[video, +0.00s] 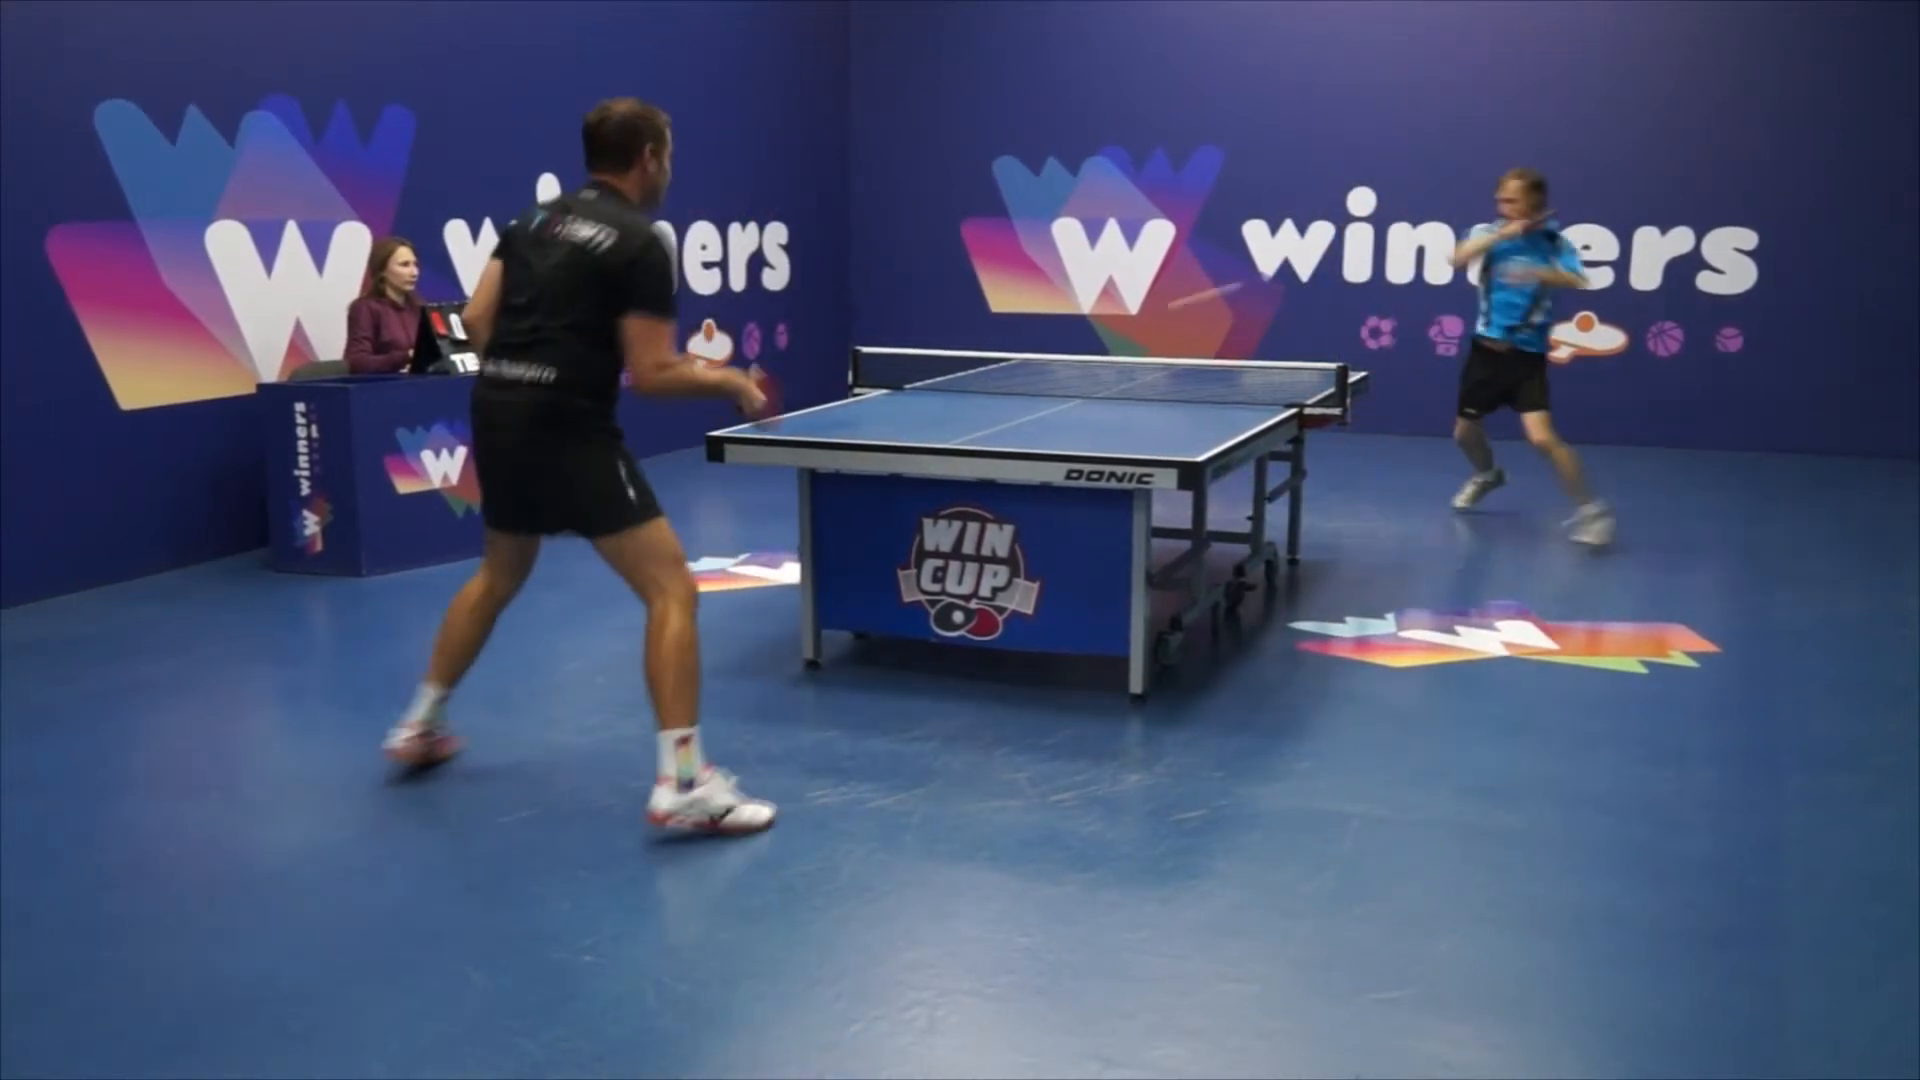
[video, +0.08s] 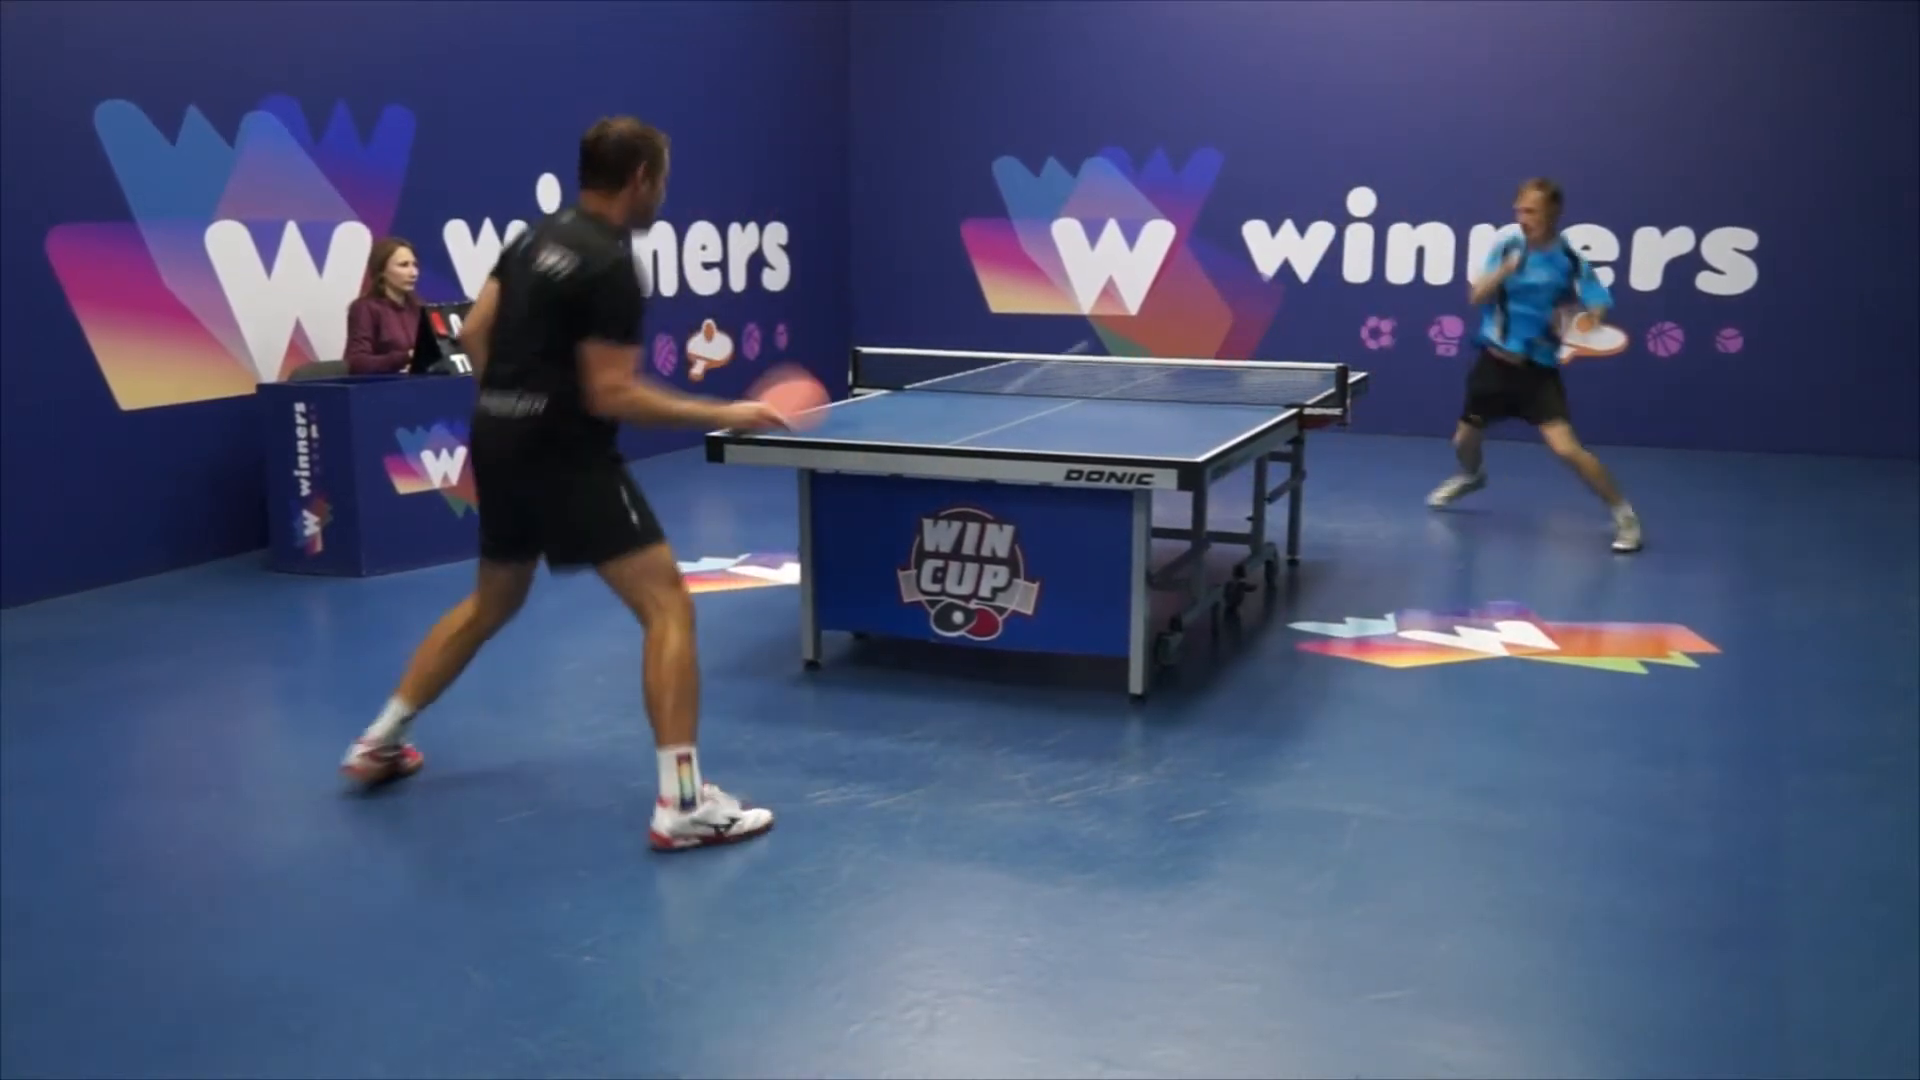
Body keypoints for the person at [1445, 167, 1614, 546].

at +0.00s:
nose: (1507, 210)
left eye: (1514, 203)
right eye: (1503, 202)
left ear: (1537, 205)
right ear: (1498, 203)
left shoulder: (1555, 244)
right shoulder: (1487, 233)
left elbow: (1577, 280)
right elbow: (1458, 259)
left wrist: (1539, 274)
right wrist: (1500, 236)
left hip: (1527, 355)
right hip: (1485, 349)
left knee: (1541, 436)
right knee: (1465, 432)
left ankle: (1589, 509)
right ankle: (1487, 474)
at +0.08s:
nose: (1525, 219)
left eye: (1533, 212)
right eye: (1520, 212)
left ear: (1554, 215)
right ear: (1516, 213)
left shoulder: (1570, 261)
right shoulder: (1506, 247)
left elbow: (1600, 304)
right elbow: (1476, 296)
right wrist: (1502, 272)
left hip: (1539, 370)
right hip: (1493, 360)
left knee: (1565, 448)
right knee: (1464, 440)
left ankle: (1623, 514)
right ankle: (1472, 477)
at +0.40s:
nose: (1460, 219)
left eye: (1468, 212)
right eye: (1457, 212)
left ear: (1488, 214)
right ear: (1454, 215)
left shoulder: (1514, 258)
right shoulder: (1453, 260)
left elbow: (1541, 304)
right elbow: (1437, 301)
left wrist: (1522, 352)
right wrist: (1417, 313)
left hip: (1514, 359)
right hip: (1472, 360)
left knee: (1532, 431)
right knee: (1429, 421)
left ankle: (1567, 498)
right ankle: (1408, 477)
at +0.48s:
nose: (1436, 236)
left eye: (1443, 228)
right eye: (1431, 229)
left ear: (1461, 230)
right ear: (1428, 232)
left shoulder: (1481, 270)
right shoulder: (1439, 276)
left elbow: (1505, 318)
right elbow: (1444, 318)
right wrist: (1413, 333)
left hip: (1500, 368)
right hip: (1461, 367)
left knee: (1516, 445)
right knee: (1411, 425)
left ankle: (1568, 506)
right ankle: (1392, 479)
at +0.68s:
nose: (1355, 251)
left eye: (1361, 245)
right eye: (1352, 245)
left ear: (1378, 245)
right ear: (1352, 245)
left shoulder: (1380, 272)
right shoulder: (1400, 274)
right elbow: (1442, 317)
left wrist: (1347, 317)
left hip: (1438, 370)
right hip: (1413, 374)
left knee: (1476, 438)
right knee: (1363, 416)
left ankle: (1547, 497)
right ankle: (1377, 482)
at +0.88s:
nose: (1297, 219)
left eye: (1302, 212)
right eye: (1293, 213)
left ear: (1322, 210)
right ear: (1293, 216)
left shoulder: (1349, 233)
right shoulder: (1301, 260)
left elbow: (1389, 238)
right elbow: (1283, 309)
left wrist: (1349, 244)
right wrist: (1241, 296)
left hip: (1387, 327)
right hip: (1354, 338)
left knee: (1384, 401)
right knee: (1350, 413)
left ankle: (1399, 479)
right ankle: (1375, 478)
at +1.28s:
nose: (1242, 228)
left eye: (1249, 222)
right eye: (1238, 220)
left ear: (1261, 225)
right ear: (1231, 222)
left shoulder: (1276, 264)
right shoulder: (1217, 259)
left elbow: (1292, 304)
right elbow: (1195, 306)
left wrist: (1303, 341)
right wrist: (1221, 290)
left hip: (1260, 353)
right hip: (1217, 352)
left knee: (1286, 408)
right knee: (1203, 411)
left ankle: (1296, 474)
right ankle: (1195, 471)